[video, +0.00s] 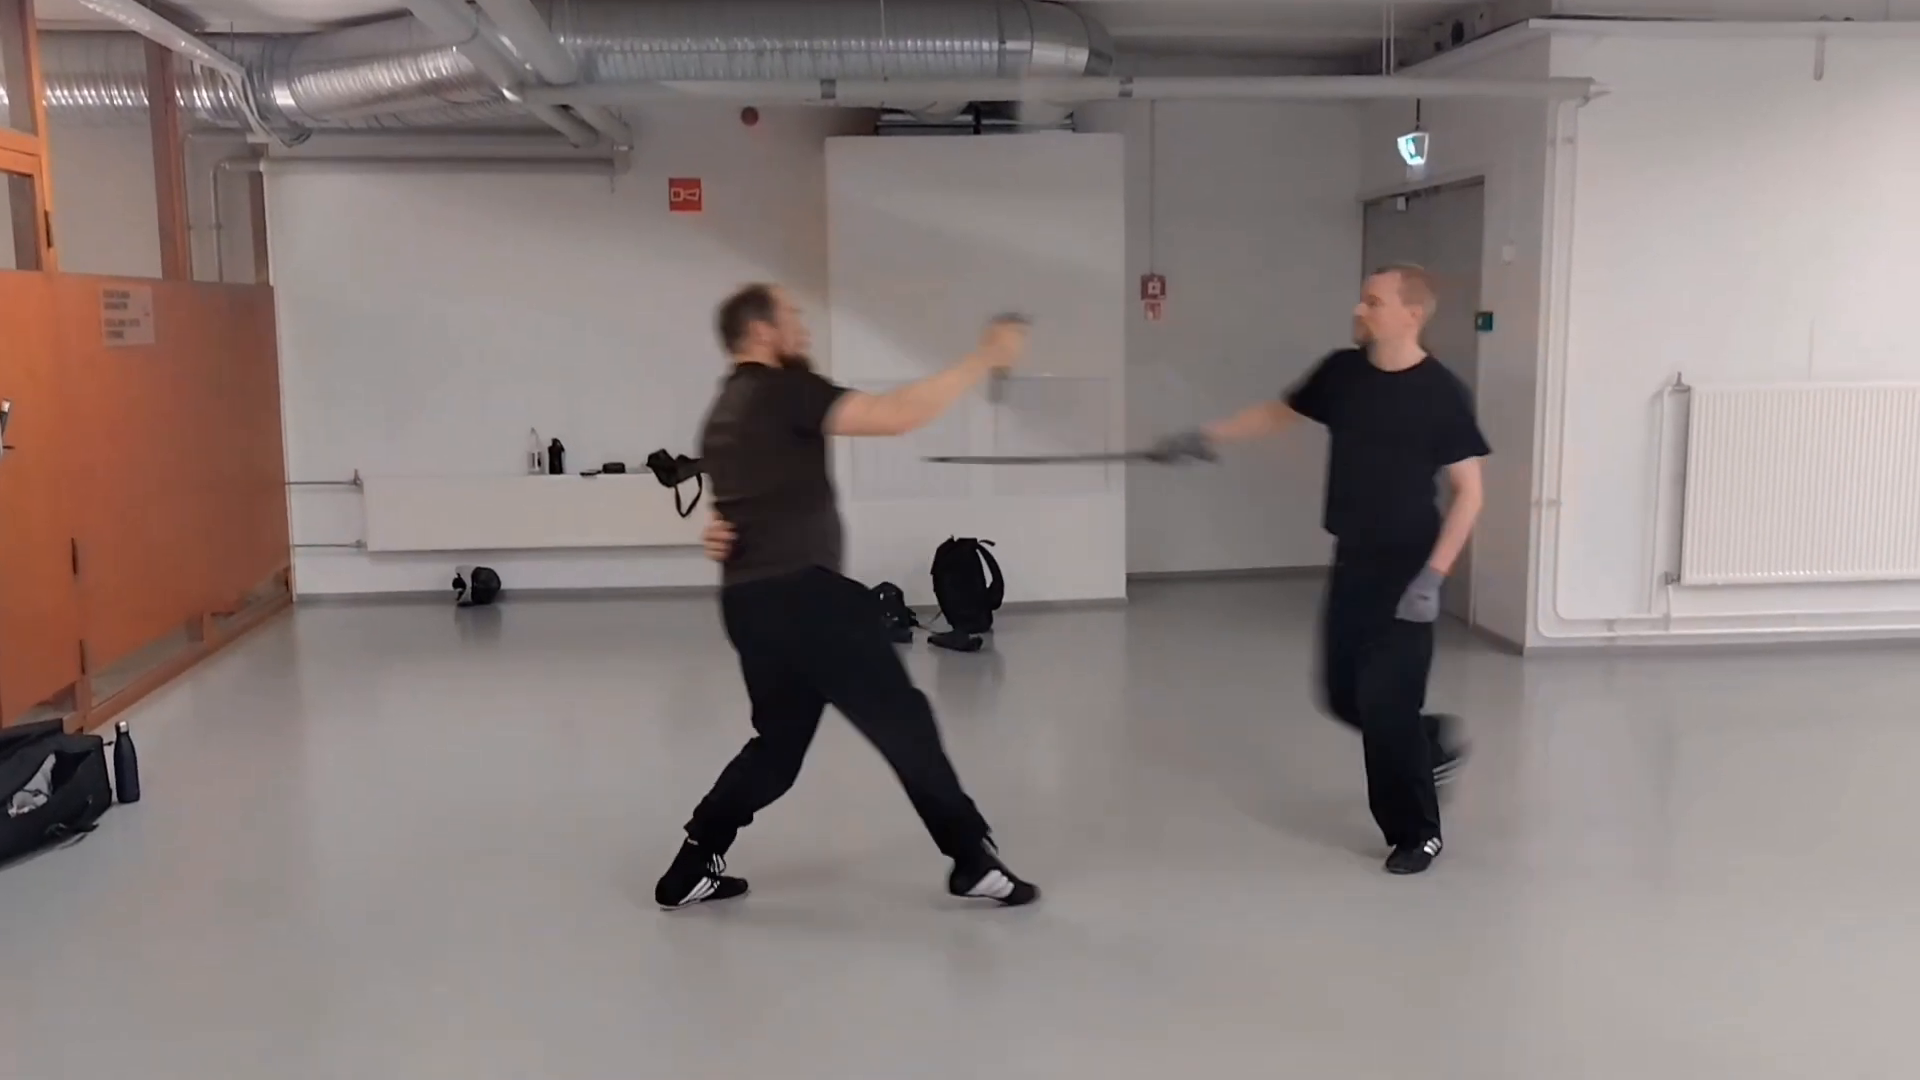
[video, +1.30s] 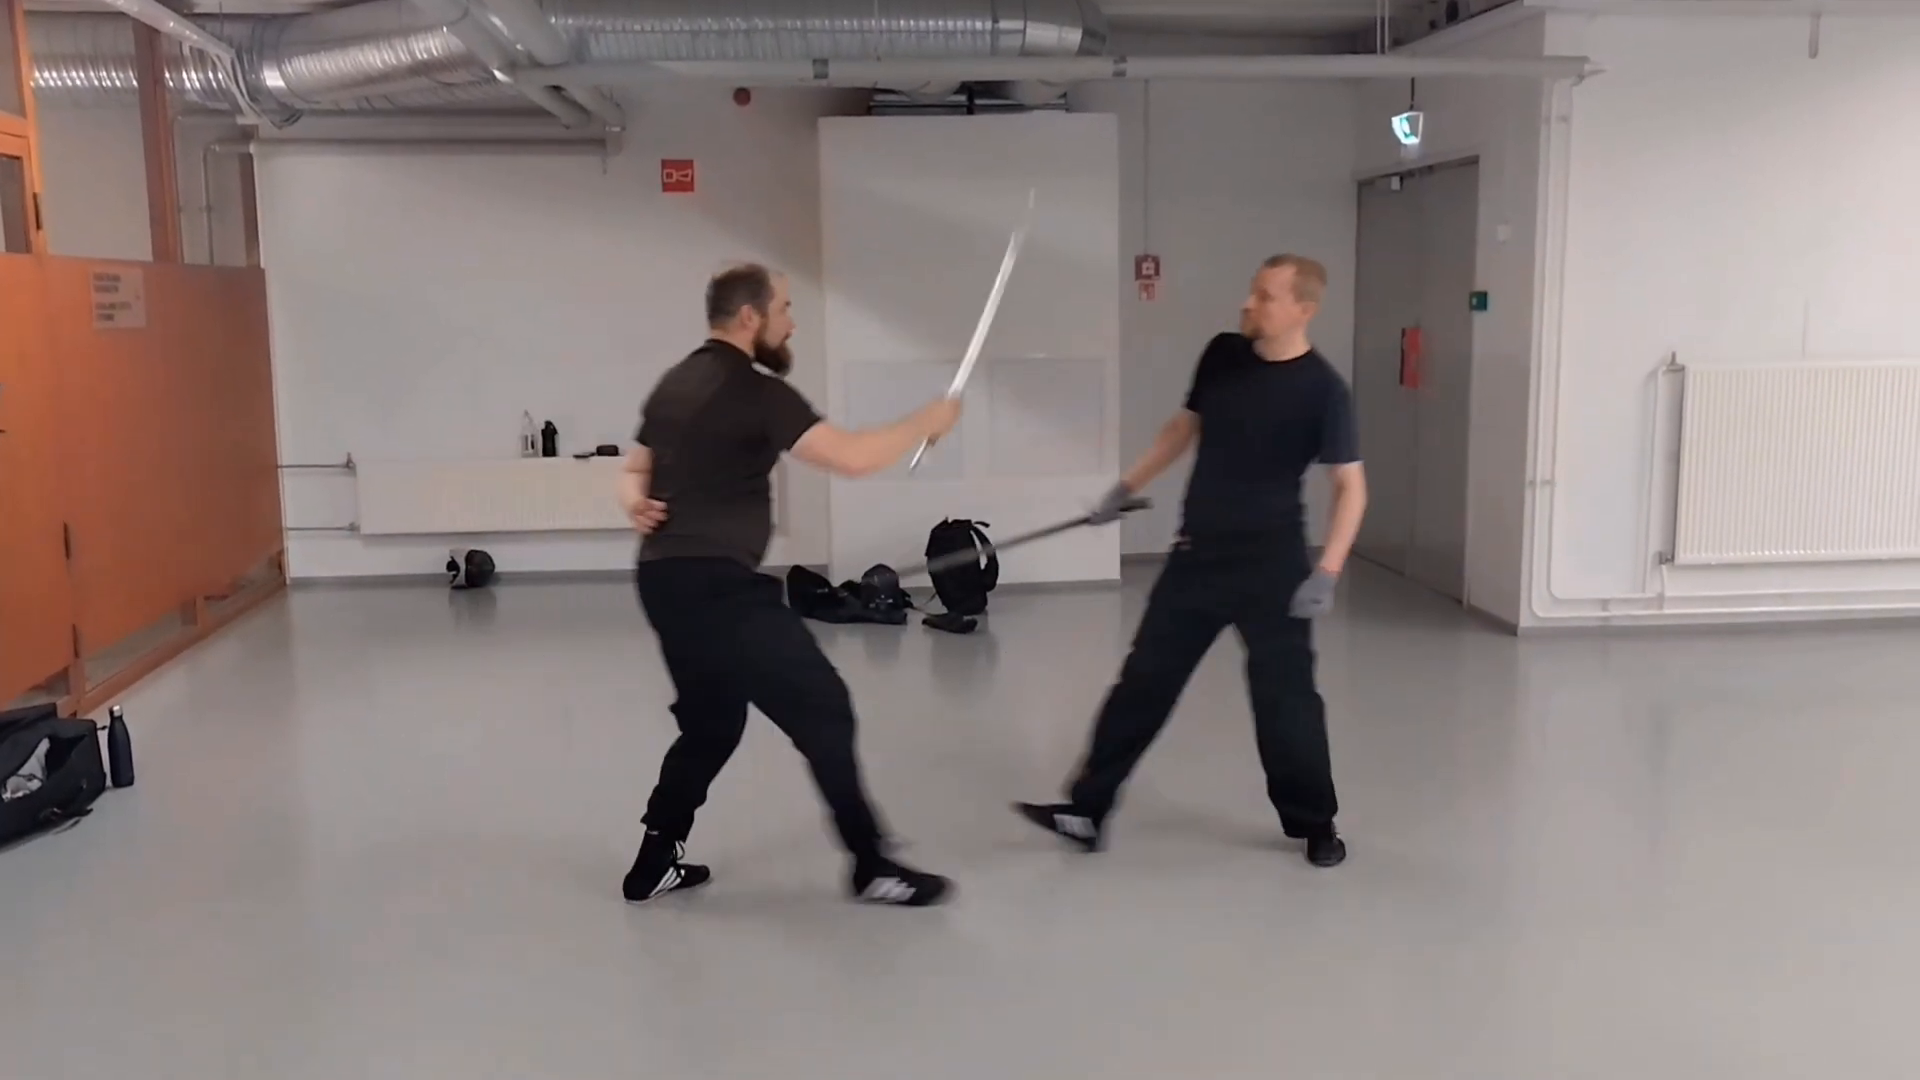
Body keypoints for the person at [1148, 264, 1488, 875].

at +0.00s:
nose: (1358, 311)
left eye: (1373, 303)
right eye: (1361, 301)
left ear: (1413, 316)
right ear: (1377, 313)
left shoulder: (1441, 391)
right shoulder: (1344, 371)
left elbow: (1469, 493)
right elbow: (1276, 415)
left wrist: (1432, 574)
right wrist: (1204, 437)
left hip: (1411, 565)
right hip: (1354, 558)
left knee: (1388, 702)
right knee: (1343, 694)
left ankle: (1416, 834)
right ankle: (1430, 739)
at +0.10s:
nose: (1323, 313)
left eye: (1337, 305)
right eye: (1326, 302)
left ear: (1377, 316)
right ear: (1340, 311)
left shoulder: (1404, 394)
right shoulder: (1304, 368)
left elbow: (1438, 494)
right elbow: (1216, 388)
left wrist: (1406, 582)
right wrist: (1131, 404)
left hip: (1376, 567)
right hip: (1314, 560)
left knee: (1376, 706)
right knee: (1262, 681)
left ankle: (1415, 833)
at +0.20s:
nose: (1280, 319)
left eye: (1294, 310)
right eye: (1282, 308)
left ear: (1334, 321)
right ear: (1297, 316)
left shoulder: (1361, 400)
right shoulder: (1255, 369)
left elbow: (1394, 501)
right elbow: (1165, 380)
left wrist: (1370, 588)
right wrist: (1074, 387)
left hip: (1324, 580)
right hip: (1257, 572)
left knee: (1362, 707)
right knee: (1197, 683)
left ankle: (1412, 826)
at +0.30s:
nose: (1234, 336)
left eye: (1247, 328)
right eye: (1236, 325)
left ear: (1285, 338)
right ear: (1248, 332)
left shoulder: (1310, 420)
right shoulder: (1205, 381)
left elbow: (1347, 514)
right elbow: (1116, 394)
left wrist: (1327, 603)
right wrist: (1028, 407)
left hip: (1262, 597)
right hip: (1190, 590)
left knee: (1323, 709)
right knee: (1127, 696)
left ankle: (1391, 818)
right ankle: (1060, 829)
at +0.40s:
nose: (1169, 356)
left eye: (1183, 348)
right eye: (1171, 345)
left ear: (1222, 362)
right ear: (1180, 351)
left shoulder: (1242, 442)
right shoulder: (1141, 401)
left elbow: (1272, 533)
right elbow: (1061, 433)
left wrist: (1257, 618)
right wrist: (978, 466)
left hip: (1190, 613)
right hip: (1117, 604)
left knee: (1238, 727)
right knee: (1045, 701)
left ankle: (1330, 818)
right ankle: (1039, 840)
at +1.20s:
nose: (1216, 320)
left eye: (1230, 312)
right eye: (1218, 308)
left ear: (1268, 325)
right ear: (1223, 314)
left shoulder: (1286, 404)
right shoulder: (1187, 368)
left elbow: (1313, 502)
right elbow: (1136, 435)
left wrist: (1292, 586)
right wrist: (1071, 492)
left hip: (1229, 575)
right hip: (1157, 569)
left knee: (1256, 706)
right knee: (1094, 690)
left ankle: (1312, 822)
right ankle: (1046, 824)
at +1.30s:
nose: (1248, 304)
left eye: (1263, 297)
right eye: (1251, 293)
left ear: (1302, 311)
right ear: (1264, 301)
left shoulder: (1323, 390)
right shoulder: (1224, 354)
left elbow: (1350, 489)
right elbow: (1182, 430)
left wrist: (1327, 571)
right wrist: (1126, 487)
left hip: (1273, 563)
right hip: (1200, 555)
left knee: (1287, 697)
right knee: (1145, 679)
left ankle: (1316, 825)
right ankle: (1086, 809)